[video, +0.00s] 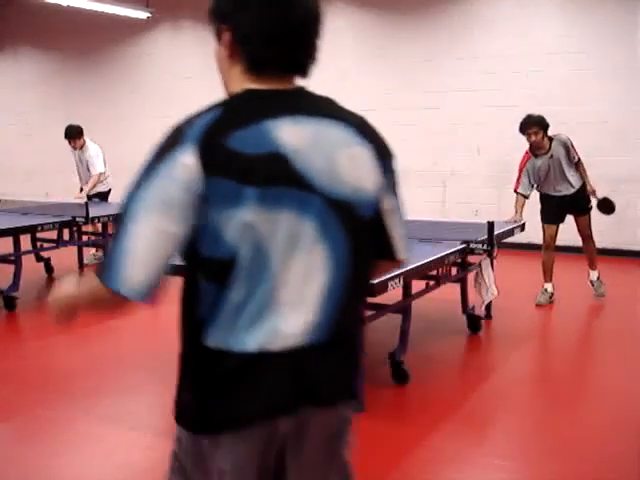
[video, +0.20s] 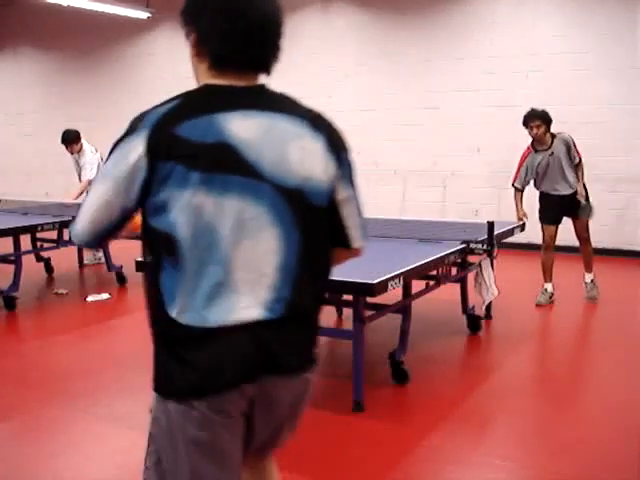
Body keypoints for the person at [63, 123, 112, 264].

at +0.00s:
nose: (72, 144)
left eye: (75, 141)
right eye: (70, 142)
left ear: (82, 138)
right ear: (68, 141)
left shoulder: (92, 151)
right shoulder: (75, 150)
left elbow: (97, 174)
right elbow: (80, 169)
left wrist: (86, 191)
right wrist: (81, 185)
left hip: (100, 188)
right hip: (88, 188)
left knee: (96, 221)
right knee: (92, 221)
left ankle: (100, 250)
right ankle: (98, 248)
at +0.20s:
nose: (69, 150)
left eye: (71, 146)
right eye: (67, 147)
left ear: (78, 142)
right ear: (65, 145)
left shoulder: (88, 155)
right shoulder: (76, 152)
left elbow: (87, 180)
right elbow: (80, 172)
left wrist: (74, 198)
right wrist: (84, 186)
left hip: (98, 188)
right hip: (91, 187)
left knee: (95, 218)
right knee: (91, 217)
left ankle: (98, 252)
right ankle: (95, 252)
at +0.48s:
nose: (69, 157)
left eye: (71, 153)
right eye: (67, 154)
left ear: (77, 150)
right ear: (64, 153)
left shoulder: (87, 160)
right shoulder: (72, 157)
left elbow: (88, 184)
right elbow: (76, 169)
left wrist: (72, 199)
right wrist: (75, 180)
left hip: (98, 192)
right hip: (88, 192)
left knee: (97, 222)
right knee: (93, 222)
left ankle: (100, 252)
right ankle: (97, 251)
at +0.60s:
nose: (68, 161)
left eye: (70, 157)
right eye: (65, 158)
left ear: (76, 154)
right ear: (63, 157)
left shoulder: (85, 165)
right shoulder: (69, 160)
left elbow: (91, 187)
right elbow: (76, 169)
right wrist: (76, 177)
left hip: (98, 187)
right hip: (89, 187)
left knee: (96, 220)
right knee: (93, 219)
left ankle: (99, 252)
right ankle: (97, 251)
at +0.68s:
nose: (67, 162)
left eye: (69, 158)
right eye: (64, 159)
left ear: (75, 155)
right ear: (61, 158)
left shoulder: (84, 167)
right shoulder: (73, 161)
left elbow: (91, 186)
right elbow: (77, 170)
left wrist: (91, 203)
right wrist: (76, 178)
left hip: (98, 191)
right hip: (90, 190)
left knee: (95, 223)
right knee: (94, 222)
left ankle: (99, 252)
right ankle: (97, 251)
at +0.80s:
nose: (62, 166)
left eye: (64, 162)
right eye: (60, 163)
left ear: (72, 157)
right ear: (59, 161)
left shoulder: (84, 169)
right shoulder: (73, 167)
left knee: (99, 223)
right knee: (94, 223)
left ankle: (99, 252)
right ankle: (97, 252)